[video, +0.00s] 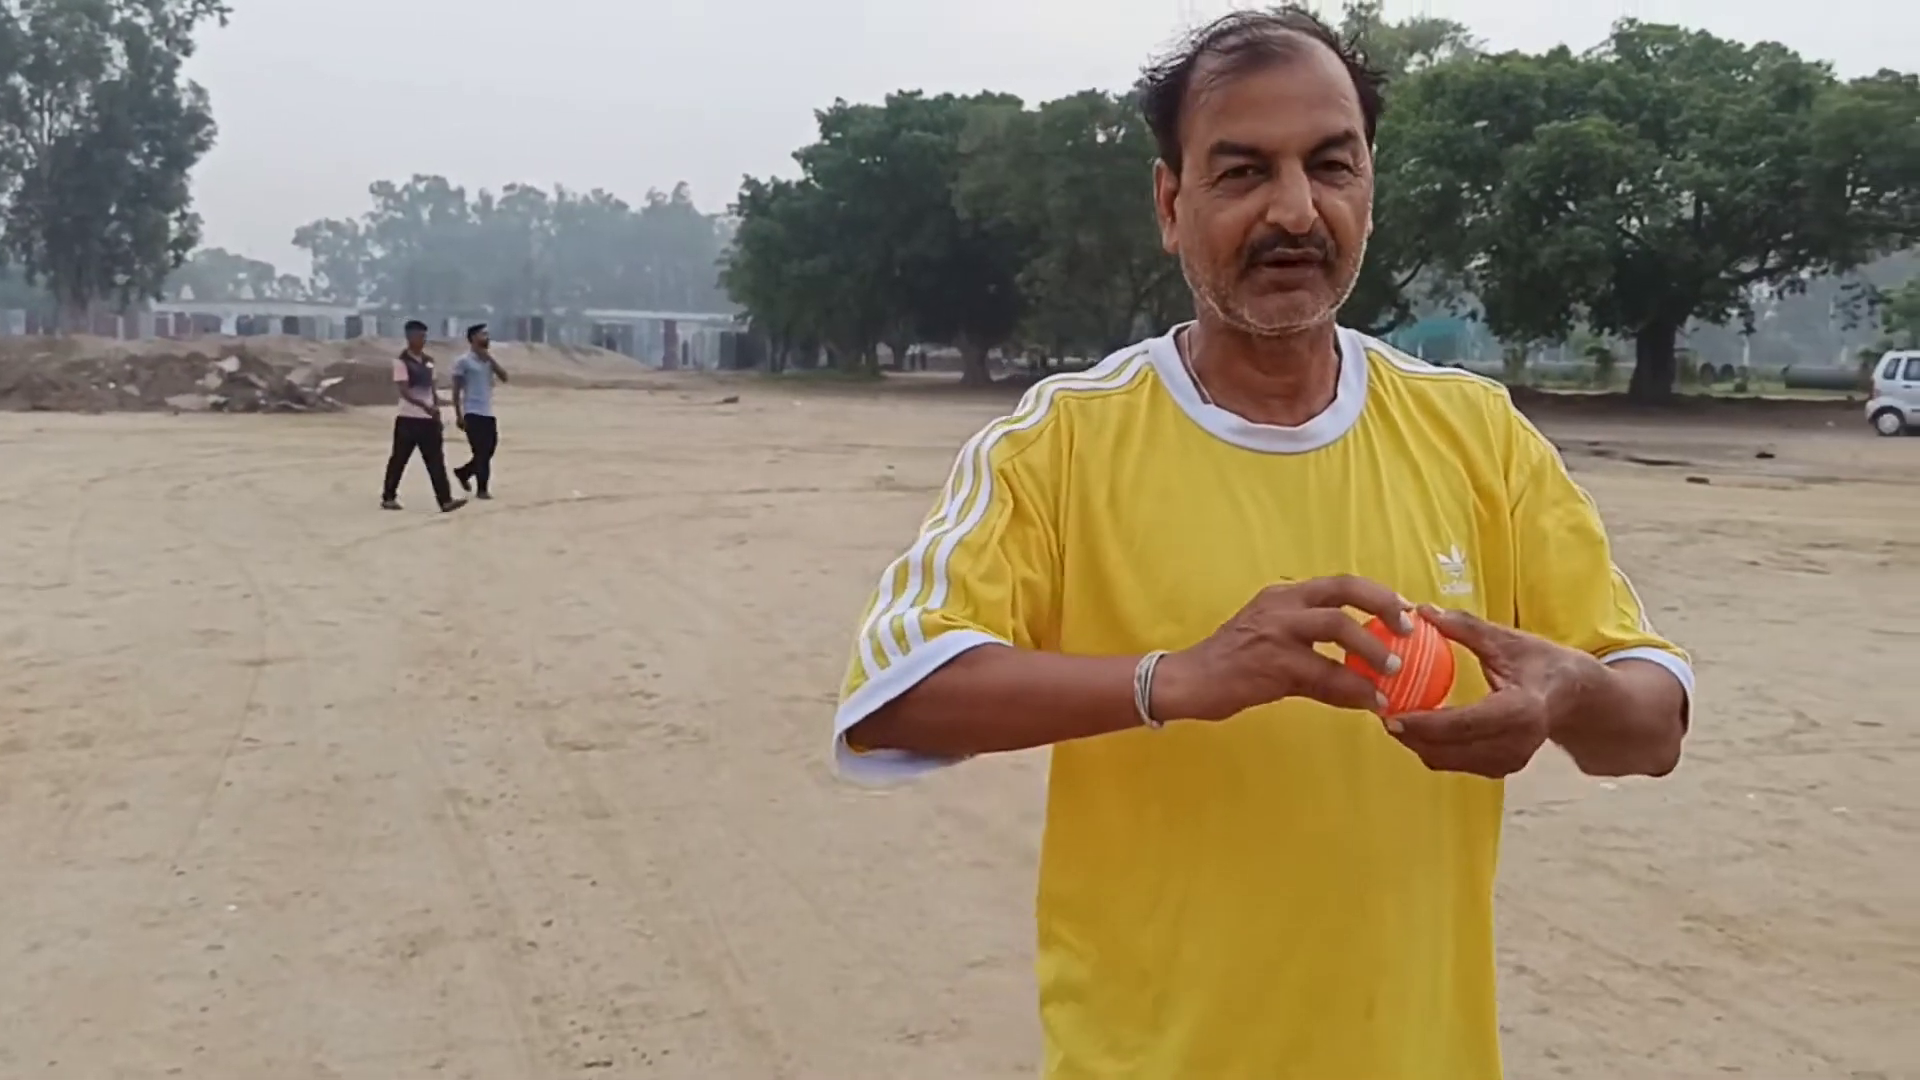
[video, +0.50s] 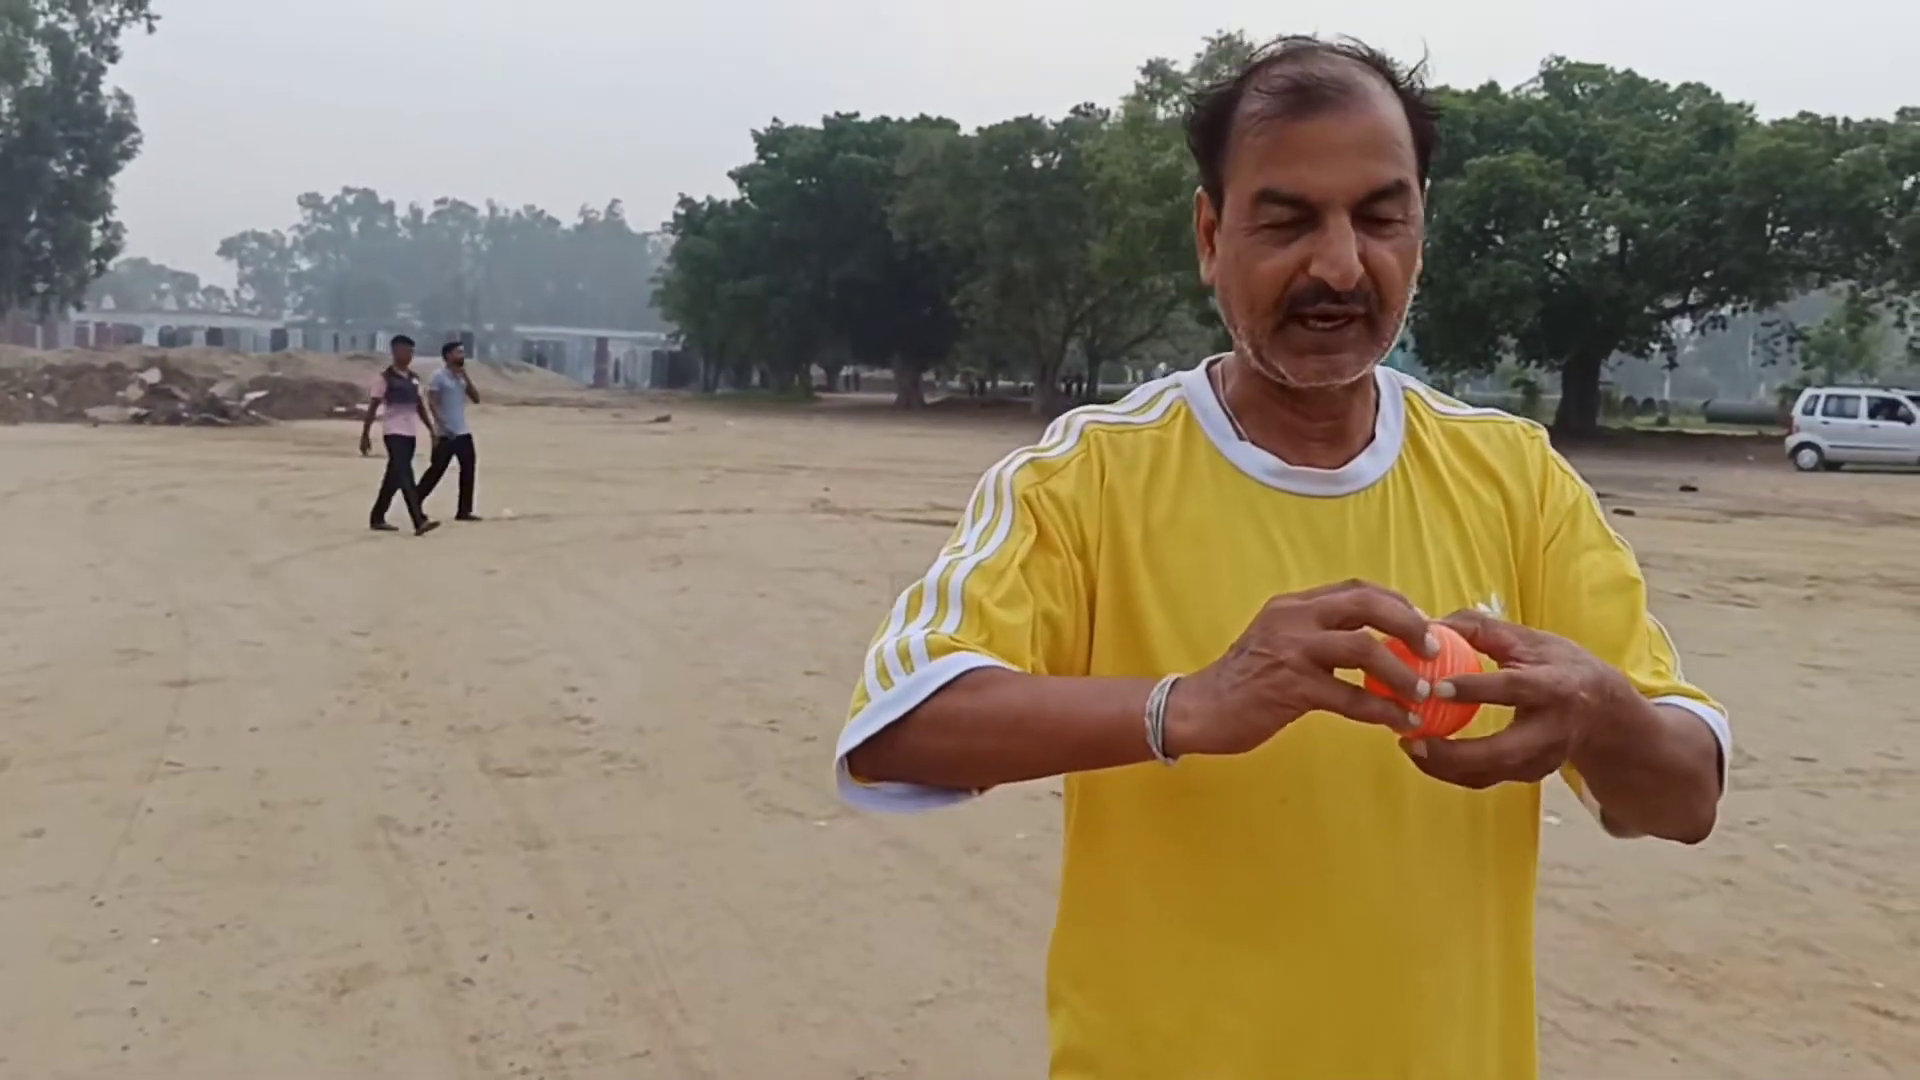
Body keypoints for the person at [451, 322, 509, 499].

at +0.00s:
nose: (487, 338)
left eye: (487, 334)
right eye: (483, 335)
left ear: (486, 338)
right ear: (473, 338)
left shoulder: (487, 360)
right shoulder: (463, 362)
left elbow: (504, 377)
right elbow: (456, 391)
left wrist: (489, 358)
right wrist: (459, 415)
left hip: (488, 412)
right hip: (472, 412)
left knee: (488, 450)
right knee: (481, 452)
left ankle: (465, 471)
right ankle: (482, 488)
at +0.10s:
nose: (472, 332)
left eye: (472, 328)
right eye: (468, 329)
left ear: (471, 332)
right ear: (458, 333)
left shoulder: (472, 353)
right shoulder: (448, 356)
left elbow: (488, 374)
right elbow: (444, 384)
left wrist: (475, 354)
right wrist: (449, 408)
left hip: (473, 408)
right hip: (455, 409)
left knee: (480, 444)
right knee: (456, 449)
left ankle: (459, 471)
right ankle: (458, 485)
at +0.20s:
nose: (462, 331)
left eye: (462, 327)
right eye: (458, 328)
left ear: (461, 330)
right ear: (447, 331)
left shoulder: (461, 351)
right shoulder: (438, 353)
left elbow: (477, 373)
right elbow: (434, 381)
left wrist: (466, 353)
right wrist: (444, 402)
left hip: (462, 407)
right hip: (444, 408)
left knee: (473, 445)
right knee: (441, 450)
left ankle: (462, 480)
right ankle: (440, 485)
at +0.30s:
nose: (458, 337)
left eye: (458, 333)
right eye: (453, 334)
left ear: (457, 337)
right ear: (443, 338)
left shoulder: (457, 358)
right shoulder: (435, 360)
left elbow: (472, 380)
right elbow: (432, 387)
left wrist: (462, 359)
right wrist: (449, 407)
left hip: (457, 415)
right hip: (438, 416)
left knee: (466, 456)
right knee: (432, 457)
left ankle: (474, 490)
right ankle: (428, 490)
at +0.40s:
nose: (457, 348)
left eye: (457, 344)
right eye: (452, 345)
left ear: (457, 347)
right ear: (442, 349)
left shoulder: (456, 370)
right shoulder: (434, 371)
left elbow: (472, 390)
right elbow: (430, 398)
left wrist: (461, 370)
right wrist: (447, 415)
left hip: (456, 427)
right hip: (438, 427)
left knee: (463, 467)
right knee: (427, 466)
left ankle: (469, 502)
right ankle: (418, 497)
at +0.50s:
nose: (462, 356)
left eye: (462, 352)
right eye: (458, 352)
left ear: (461, 356)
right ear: (447, 356)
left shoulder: (460, 377)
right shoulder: (439, 377)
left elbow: (475, 398)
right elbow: (432, 403)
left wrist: (466, 378)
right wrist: (440, 426)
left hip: (462, 433)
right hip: (445, 433)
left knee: (468, 473)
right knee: (436, 471)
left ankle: (464, 510)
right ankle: (415, 500)